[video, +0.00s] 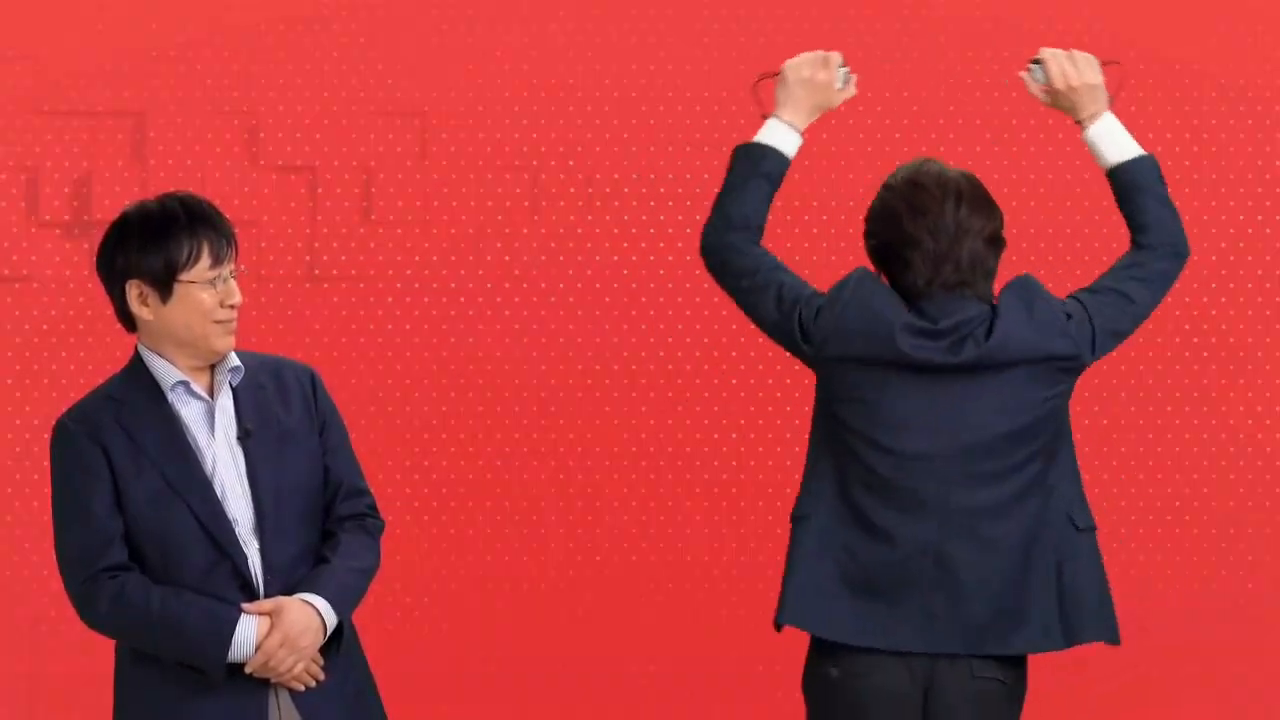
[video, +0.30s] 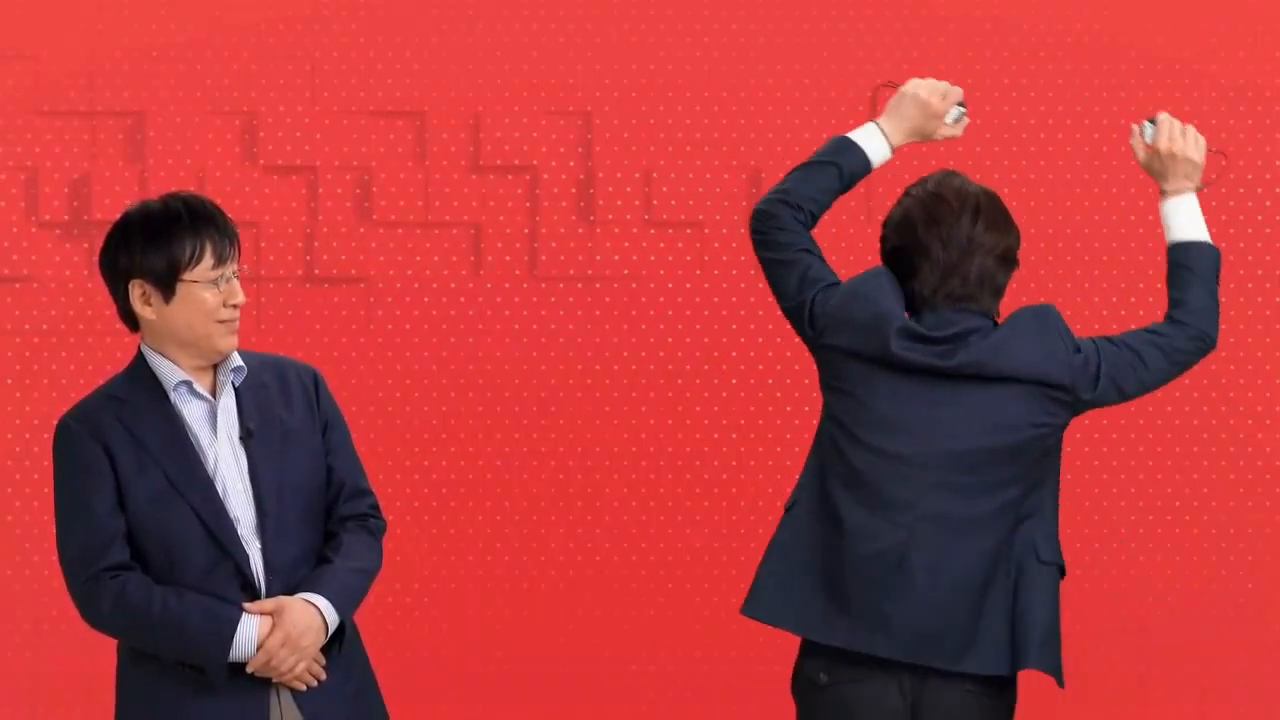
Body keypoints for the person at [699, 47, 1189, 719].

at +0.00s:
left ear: (884, 260)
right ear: (992, 257)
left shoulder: (842, 335)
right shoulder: (1050, 340)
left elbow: (727, 245)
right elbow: (1163, 247)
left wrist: (786, 120)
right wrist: (1098, 118)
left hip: (858, 663)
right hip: (986, 667)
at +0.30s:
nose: (1011, 272)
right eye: (1008, 261)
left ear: (892, 259)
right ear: (1002, 273)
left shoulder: (847, 334)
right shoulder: (1046, 366)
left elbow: (777, 219)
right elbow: (1193, 330)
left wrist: (886, 130)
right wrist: (1181, 193)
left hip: (844, 667)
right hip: (972, 678)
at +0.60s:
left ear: (880, 271)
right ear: (988, 251)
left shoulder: (839, 373)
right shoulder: (1037, 327)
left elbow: (676, 350)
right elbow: (1066, 191)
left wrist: (673, 211)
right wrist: (943, 119)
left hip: (909, 682)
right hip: (1037, 665)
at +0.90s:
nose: (1015, 279)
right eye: (1010, 268)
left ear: (891, 269)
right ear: (1002, 281)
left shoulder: (848, 336)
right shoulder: (1041, 386)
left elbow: (800, 218)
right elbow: (1204, 400)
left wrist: (910, 134)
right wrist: (1243, 263)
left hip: (846, 678)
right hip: (977, 692)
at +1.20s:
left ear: (872, 272)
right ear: (979, 256)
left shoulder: (841, 377)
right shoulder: (1028, 324)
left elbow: (677, 361)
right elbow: (1043, 182)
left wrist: (666, 221)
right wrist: (933, 94)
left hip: (890, 686)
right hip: (1014, 671)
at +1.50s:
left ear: (889, 250)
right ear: (1003, 270)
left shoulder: (836, 315)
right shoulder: (1039, 362)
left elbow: (747, 199)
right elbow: (1180, 295)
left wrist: (829, 90)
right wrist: (1157, 151)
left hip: (817, 655)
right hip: (945, 670)